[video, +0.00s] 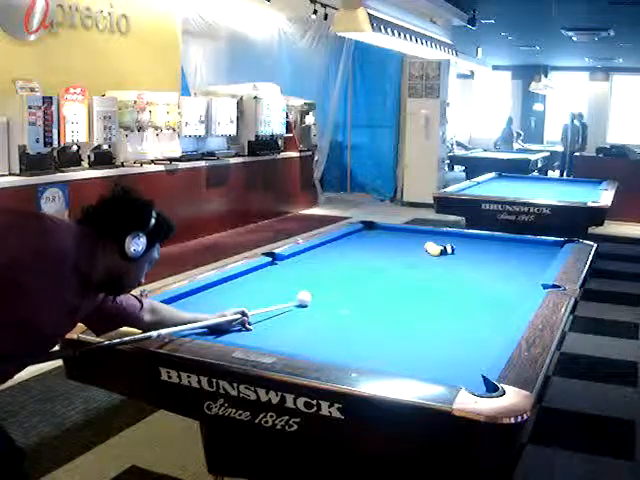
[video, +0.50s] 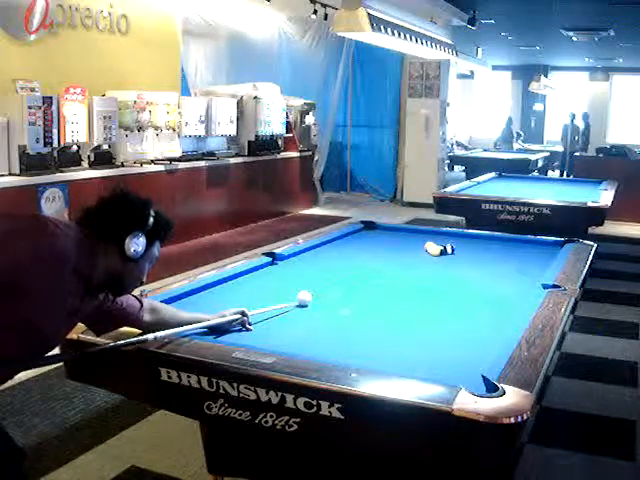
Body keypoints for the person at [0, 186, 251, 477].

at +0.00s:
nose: (147, 273)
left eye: (153, 264)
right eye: (151, 261)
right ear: (132, 245)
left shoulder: (83, 289)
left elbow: (147, 313)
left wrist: (215, 322)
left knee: (16, 458)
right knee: (14, 458)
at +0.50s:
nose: (148, 274)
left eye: (154, 264)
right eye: (152, 261)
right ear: (132, 246)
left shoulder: (85, 283)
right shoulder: (48, 248)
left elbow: (146, 314)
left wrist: (215, 321)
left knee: (14, 457)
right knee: (12, 459)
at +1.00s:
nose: (147, 275)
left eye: (153, 264)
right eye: (151, 261)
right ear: (133, 245)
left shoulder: (82, 284)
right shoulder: (54, 241)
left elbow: (145, 312)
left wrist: (215, 320)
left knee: (22, 454)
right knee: (20, 455)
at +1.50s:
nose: (145, 249)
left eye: (151, 238)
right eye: (148, 236)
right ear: (128, 220)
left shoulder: (88, 264)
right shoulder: (54, 224)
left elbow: (145, 306)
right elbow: (9, 315)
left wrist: (210, 322)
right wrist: (62, 336)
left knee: (20, 456)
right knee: (18, 457)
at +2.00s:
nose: (141, 236)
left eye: (146, 226)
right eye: (143, 223)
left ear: (121, 209)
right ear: (122, 207)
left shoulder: (87, 255)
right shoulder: (45, 218)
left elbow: (141, 302)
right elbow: (8, 315)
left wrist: (208, 321)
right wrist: (55, 336)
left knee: (18, 457)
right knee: (16, 457)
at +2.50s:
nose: (116, 154)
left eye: (114, 142)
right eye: (110, 142)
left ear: (80, 140)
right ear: (81, 140)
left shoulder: (61, 193)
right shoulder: (16, 190)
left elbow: (41, 293)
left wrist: (97, 315)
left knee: (21, 455)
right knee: (21, 457)